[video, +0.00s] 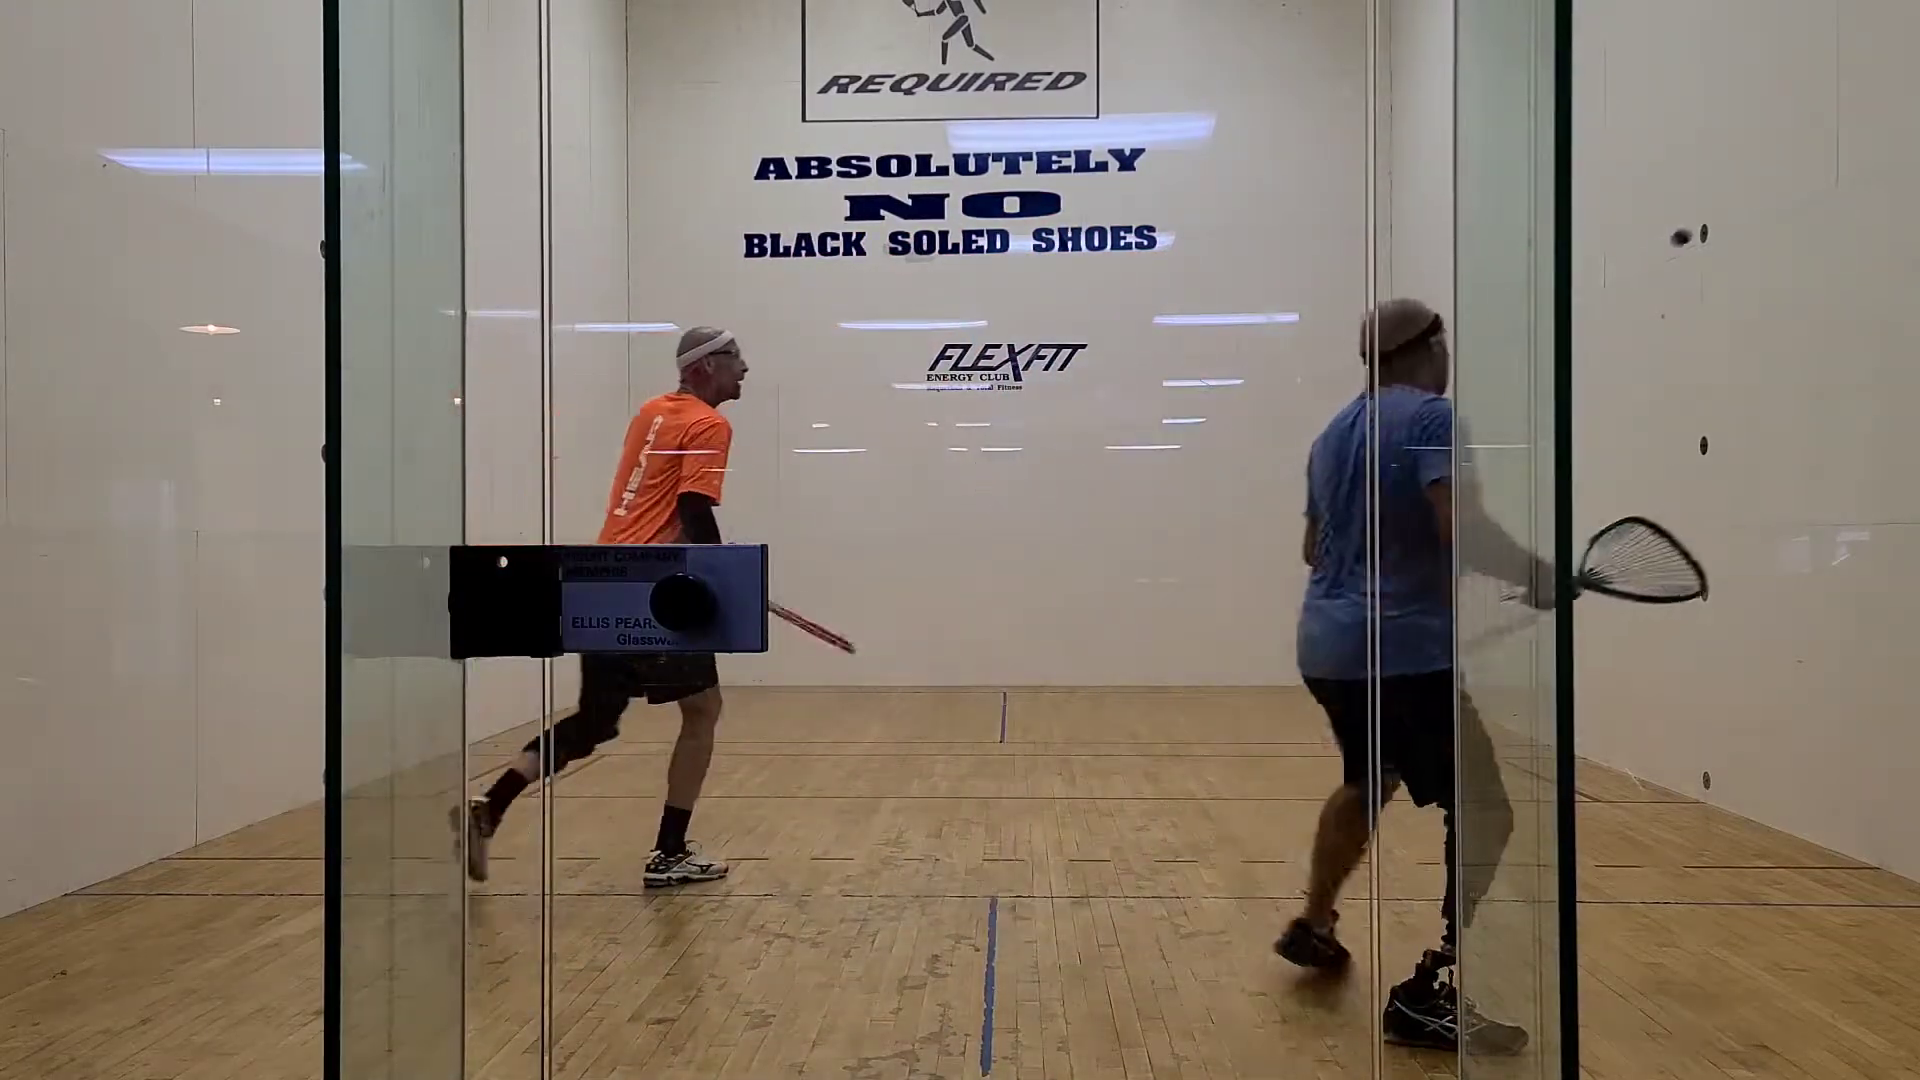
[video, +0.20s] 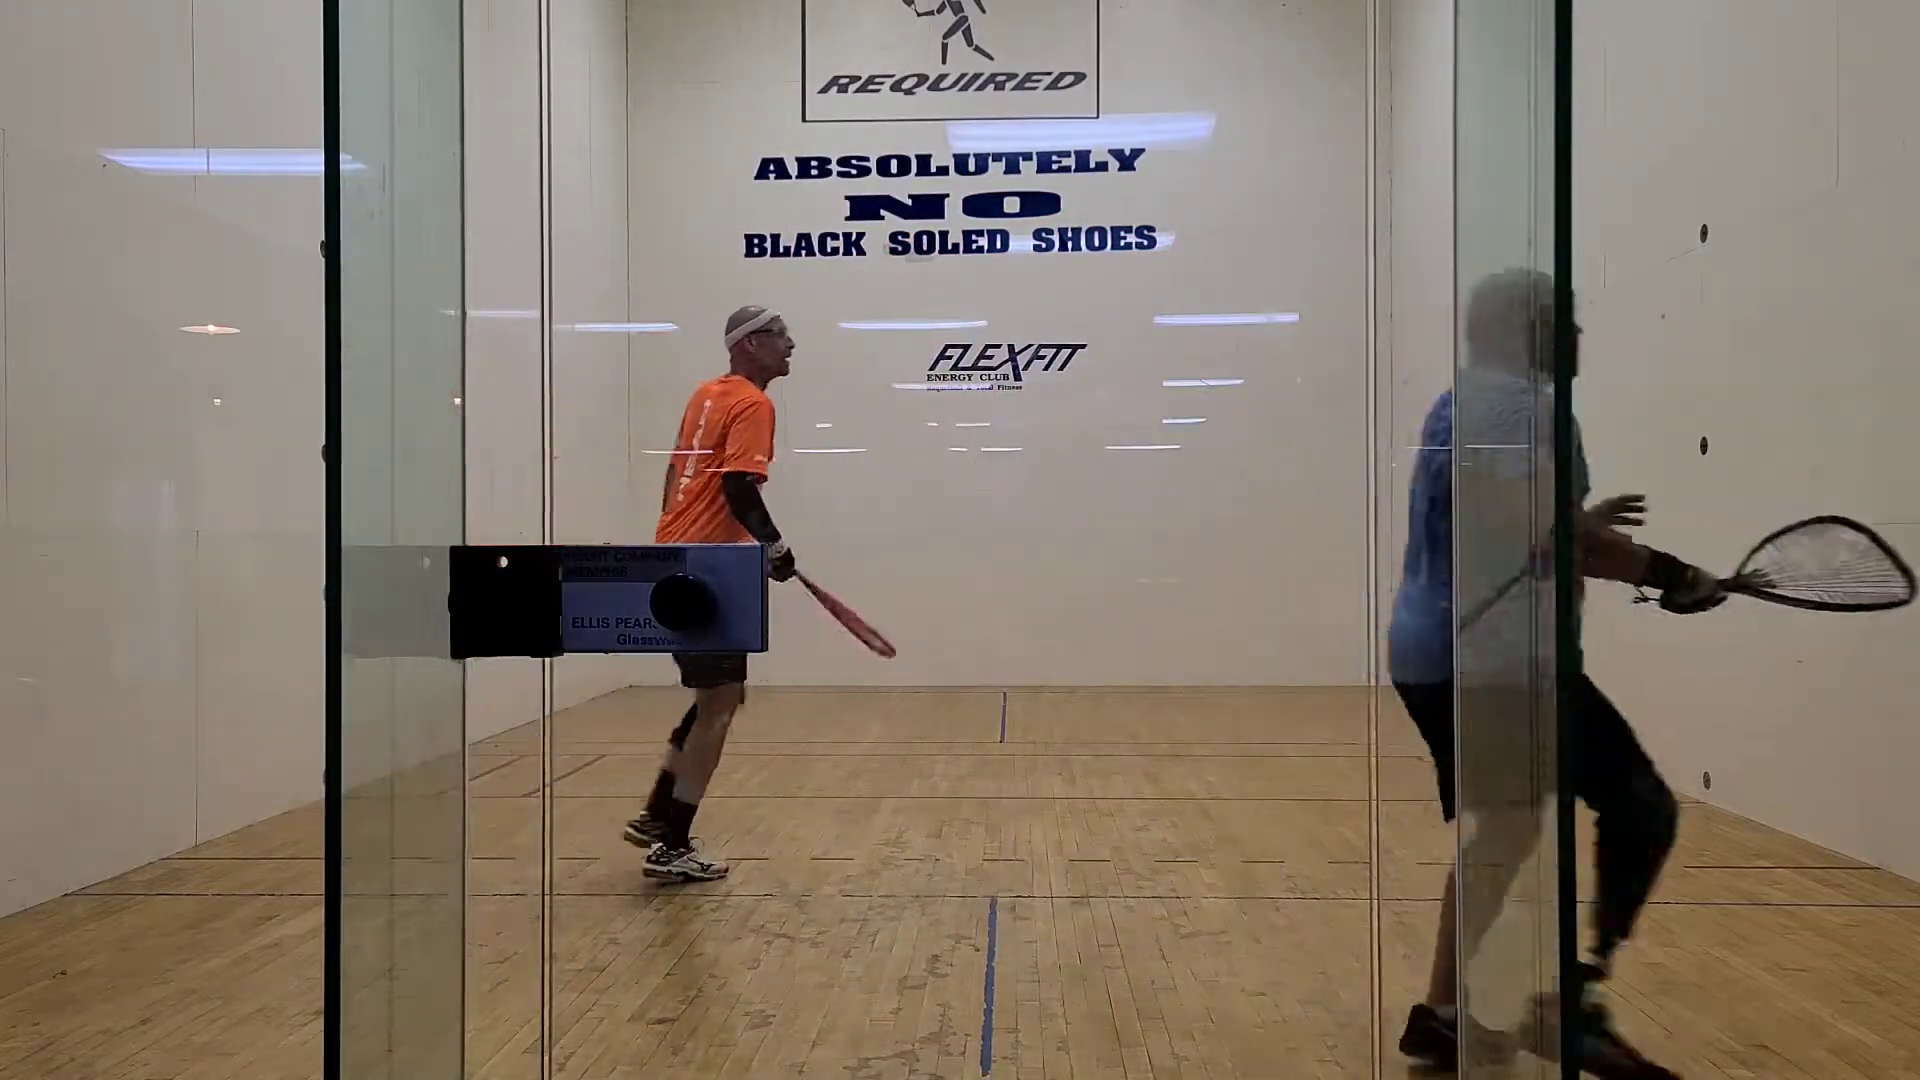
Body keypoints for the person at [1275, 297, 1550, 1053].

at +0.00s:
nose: (1446, 359)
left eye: (1442, 348)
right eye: (1441, 348)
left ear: (1374, 359)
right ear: (1427, 350)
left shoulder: (1333, 433)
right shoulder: (1432, 415)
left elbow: (1315, 549)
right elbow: (1466, 530)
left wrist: (1405, 559)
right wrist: (1537, 572)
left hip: (1328, 655)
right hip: (1409, 658)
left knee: (1365, 779)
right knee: (1486, 814)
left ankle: (1313, 924)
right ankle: (1440, 984)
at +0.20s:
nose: (1578, 342)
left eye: (1574, 326)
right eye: (1566, 328)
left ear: (1498, 331)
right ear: (1529, 333)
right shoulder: (1517, 412)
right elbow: (1539, 542)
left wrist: (1578, 528)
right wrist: (1660, 572)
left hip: (1442, 657)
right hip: (1499, 662)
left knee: (1494, 832)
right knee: (1642, 810)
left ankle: (1444, 1010)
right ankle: (1582, 992)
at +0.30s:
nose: (1653, 343)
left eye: (1647, 328)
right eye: (1639, 329)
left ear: (1579, 350)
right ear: (1597, 347)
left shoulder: (1532, 424)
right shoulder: (1578, 437)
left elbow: (1597, 528)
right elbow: (1603, 556)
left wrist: (1688, 526)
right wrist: (1747, 580)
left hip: (1508, 698)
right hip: (1576, 699)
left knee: (1550, 858)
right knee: (1748, 829)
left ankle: (1443, 1024)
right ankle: (1815, 1028)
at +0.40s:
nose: (1761, 336)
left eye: (1753, 322)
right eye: (1745, 322)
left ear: (1681, 346)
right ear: (1700, 341)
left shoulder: (1657, 425)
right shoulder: (1656, 427)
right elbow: (1665, 532)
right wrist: (1825, 515)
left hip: (1614, 723)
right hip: (1655, 723)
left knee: (1571, 879)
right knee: (1842, 861)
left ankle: (1445, 1021)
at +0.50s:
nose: (1913, 333)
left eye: (1907, 317)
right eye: (1896, 319)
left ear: (1833, 339)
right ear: (1844, 336)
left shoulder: (1826, 425)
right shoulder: (1779, 418)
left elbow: (1859, 504)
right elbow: (1778, 501)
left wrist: (1911, 506)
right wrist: (1914, 438)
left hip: (1716, 716)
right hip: (1759, 731)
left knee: (1643, 868)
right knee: (1918, 892)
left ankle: (1488, 988)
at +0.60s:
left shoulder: (1900, 431)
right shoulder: (1903, 434)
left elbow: (1871, 435)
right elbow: (1873, 436)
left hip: (1808, 721)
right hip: (1860, 737)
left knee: (1730, 890)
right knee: (1730, 894)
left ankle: (1617, 1011)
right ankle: (1618, 1009)